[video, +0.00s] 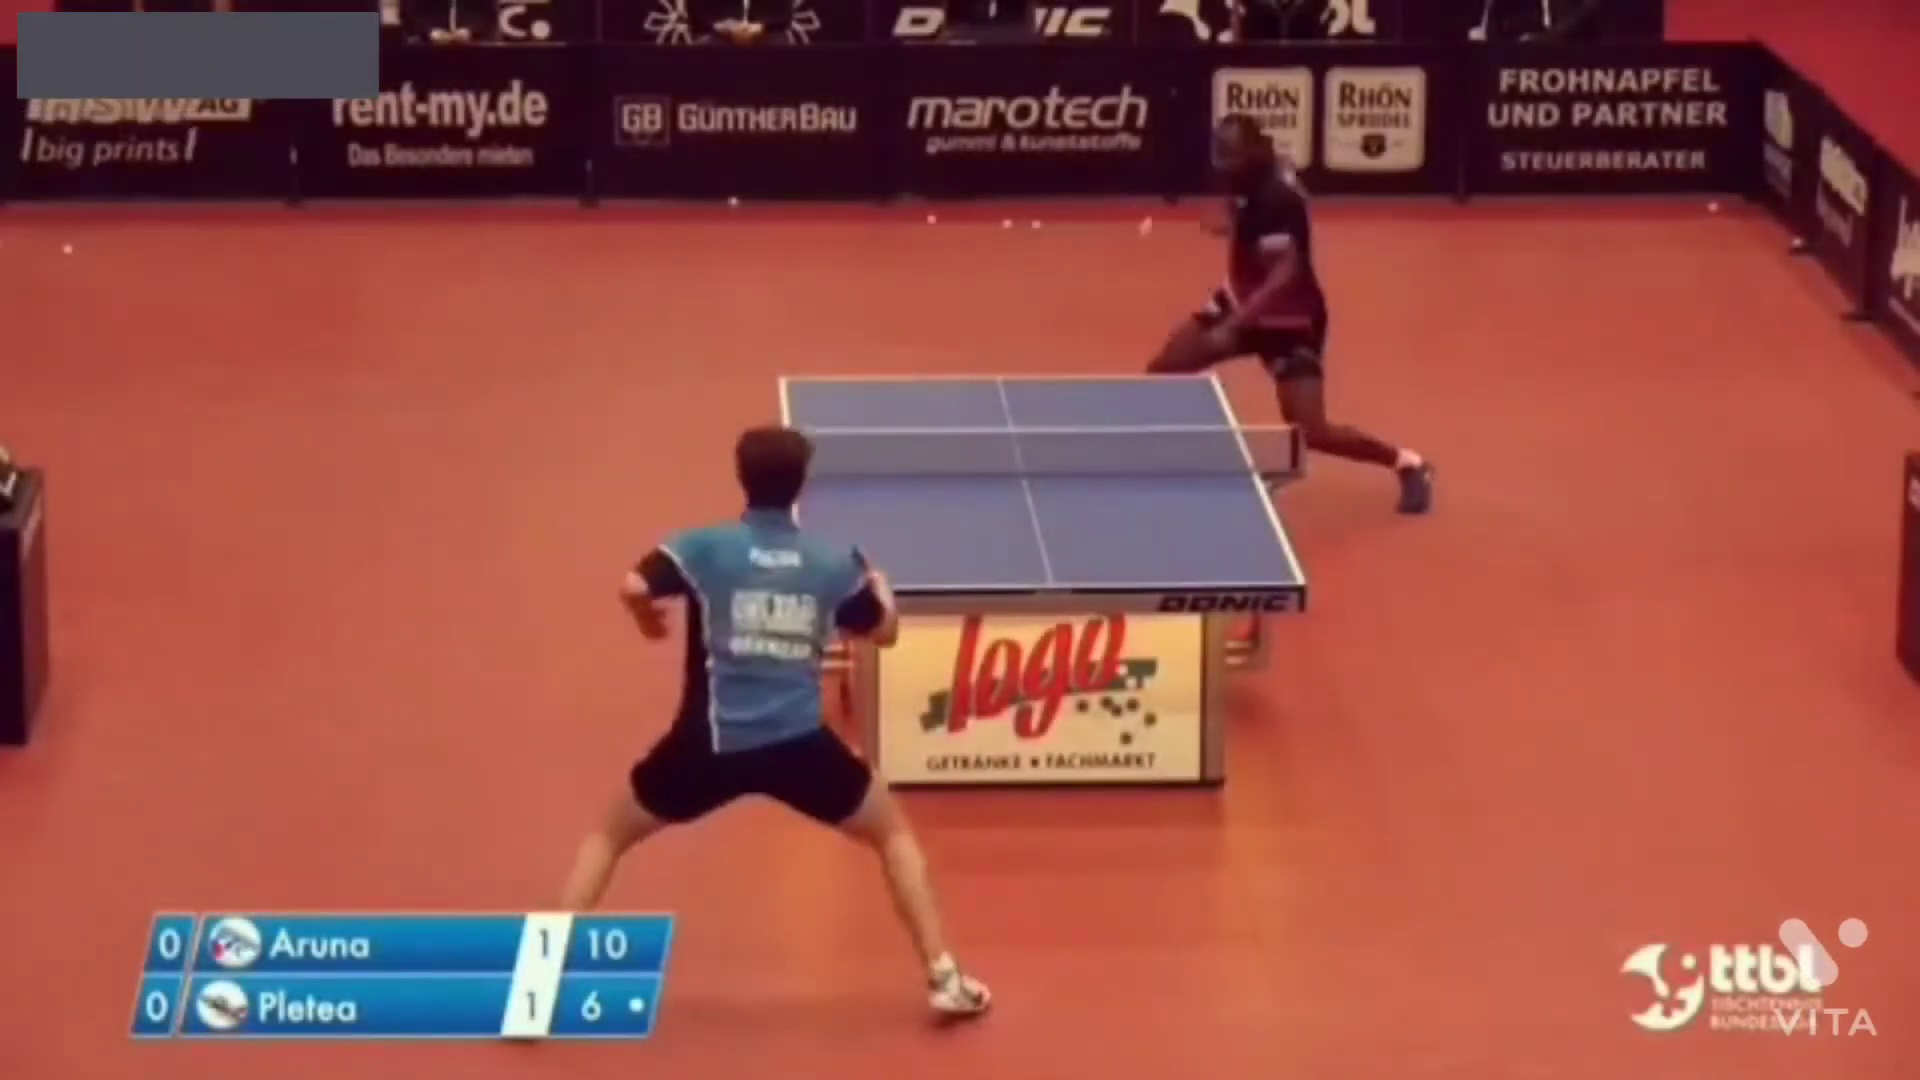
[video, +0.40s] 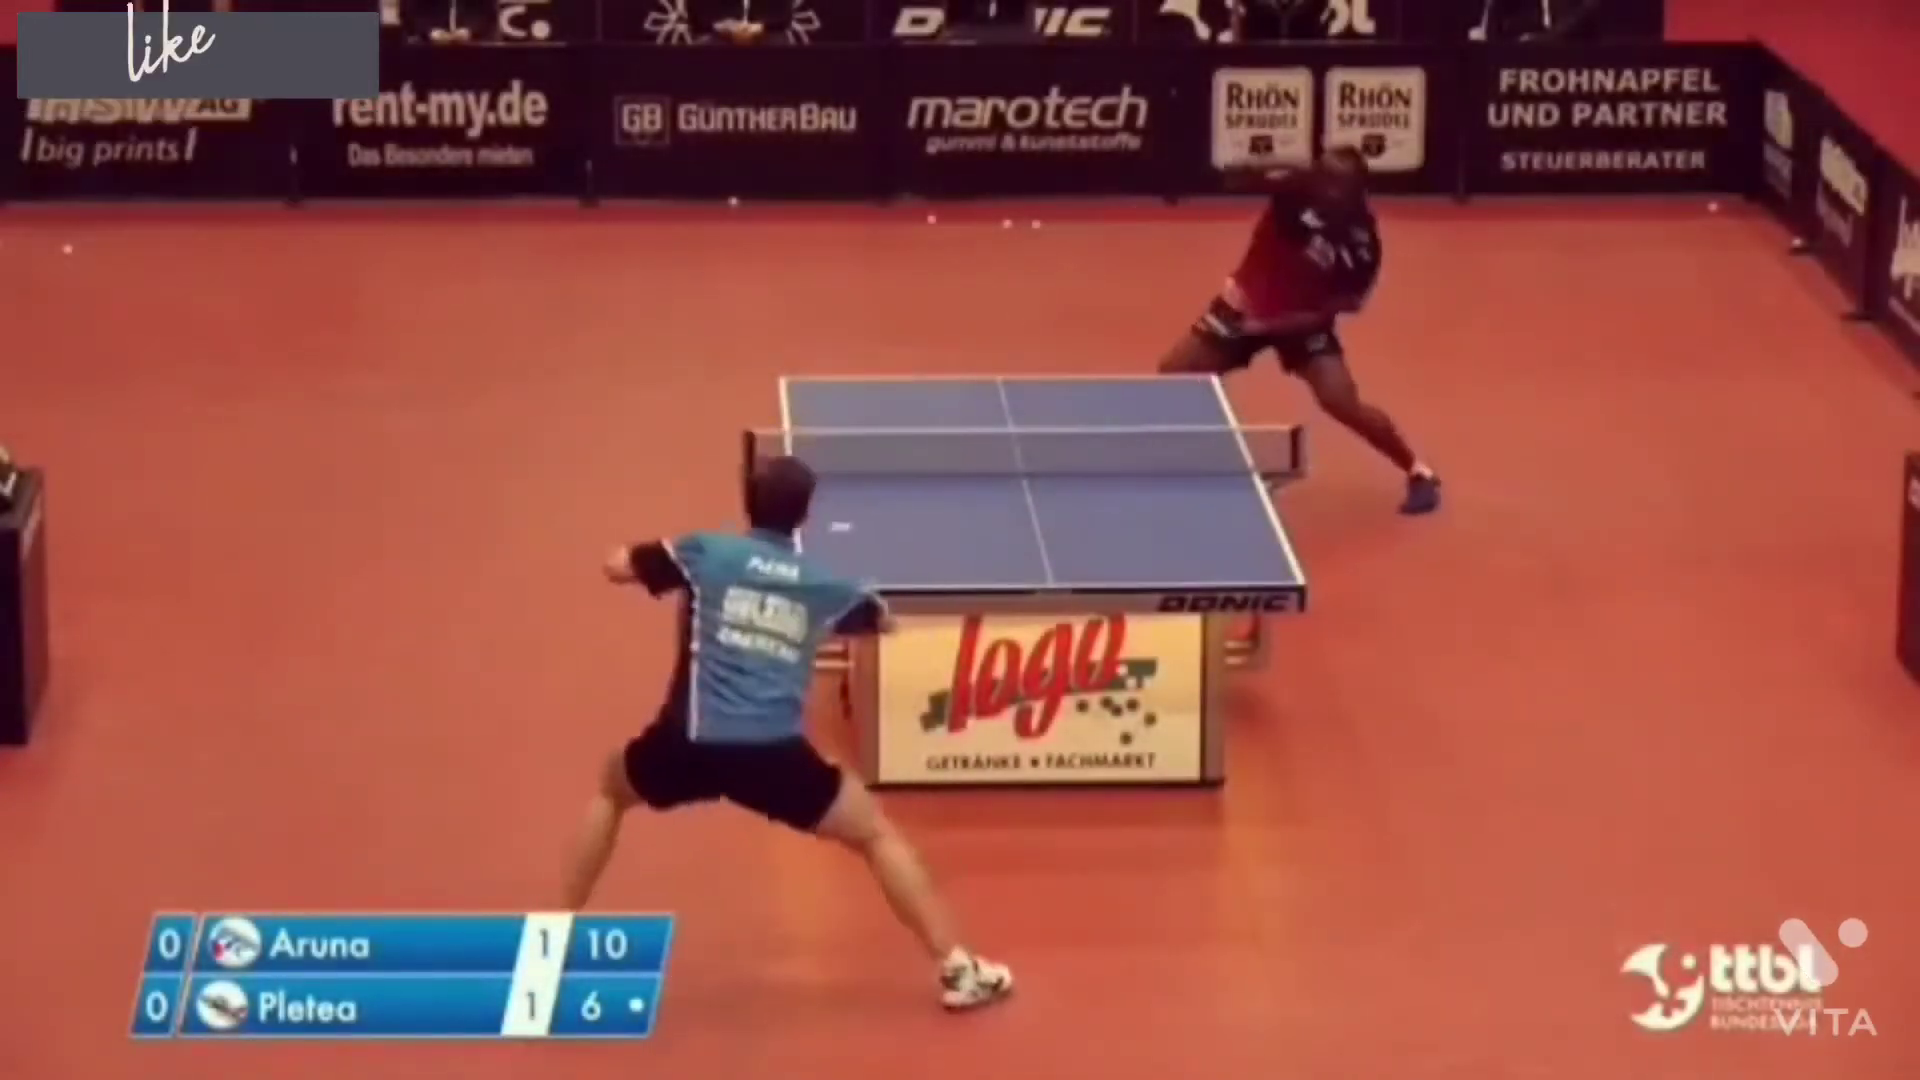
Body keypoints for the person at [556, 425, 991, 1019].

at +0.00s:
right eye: (798, 474)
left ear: (741, 481)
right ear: (802, 484)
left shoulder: (706, 547)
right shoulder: (829, 561)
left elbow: (633, 587)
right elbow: (884, 632)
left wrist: (652, 624)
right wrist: (882, 592)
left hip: (709, 745)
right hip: (800, 746)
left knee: (611, 834)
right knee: (892, 834)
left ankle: (547, 960)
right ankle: (943, 975)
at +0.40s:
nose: (761, 497)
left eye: (759, 490)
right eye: (796, 497)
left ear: (750, 503)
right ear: (804, 515)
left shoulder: (708, 551)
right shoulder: (817, 583)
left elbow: (626, 566)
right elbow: (881, 620)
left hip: (690, 749)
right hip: (774, 757)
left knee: (611, 791)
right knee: (876, 835)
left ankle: (559, 931)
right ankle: (957, 966)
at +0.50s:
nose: (743, 488)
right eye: (744, 479)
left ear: (686, 483)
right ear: (740, 490)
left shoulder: (666, 525)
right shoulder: (762, 553)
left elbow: (610, 532)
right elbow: (805, 563)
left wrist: (585, 585)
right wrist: (831, 539)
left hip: (638, 718)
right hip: (719, 732)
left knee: (567, 779)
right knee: (816, 858)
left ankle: (497, 889)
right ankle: (916, 973)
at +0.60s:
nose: (694, 484)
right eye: (696, 474)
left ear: (640, 481)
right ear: (697, 486)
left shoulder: (621, 532)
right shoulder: (723, 554)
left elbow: (581, 575)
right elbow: (776, 603)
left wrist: (545, 638)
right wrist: (781, 574)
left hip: (612, 733)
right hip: (693, 740)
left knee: (525, 819)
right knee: (790, 853)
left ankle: (446, 929)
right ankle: (885, 975)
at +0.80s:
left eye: (669, 467)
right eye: (710, 470)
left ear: (656, 478)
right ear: (715, 482)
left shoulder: (617, 541)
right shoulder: (741, 557)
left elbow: (545, 579)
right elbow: (795, 619)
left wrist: (563, 618)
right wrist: (812, 591)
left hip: (617, 730)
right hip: (708, 734)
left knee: (526, 807)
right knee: (816, 816)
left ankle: (446, 925)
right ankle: (870, 946)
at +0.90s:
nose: (787, 480)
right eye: (785, 471)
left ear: (720, 474)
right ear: (779, 480)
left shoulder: (678, 529)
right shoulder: (790, 553)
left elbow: (599, 573)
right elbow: (850, 617)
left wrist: (634, 599)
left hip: (658, 720)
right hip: (741, 728)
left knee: (578, 780)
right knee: (849, 829)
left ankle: (523, 905)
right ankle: (933, 960)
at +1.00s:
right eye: (827, 499)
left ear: (772, 499)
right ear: (825, 511)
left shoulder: (721, 554)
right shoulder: (828, 581)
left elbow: (655, 591)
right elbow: (860, 664)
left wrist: (718, 602)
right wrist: (897, 670)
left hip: (688, 743)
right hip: (769, 752)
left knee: (614, 806)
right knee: (880, 821)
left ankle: (554, 928)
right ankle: (941, 960)